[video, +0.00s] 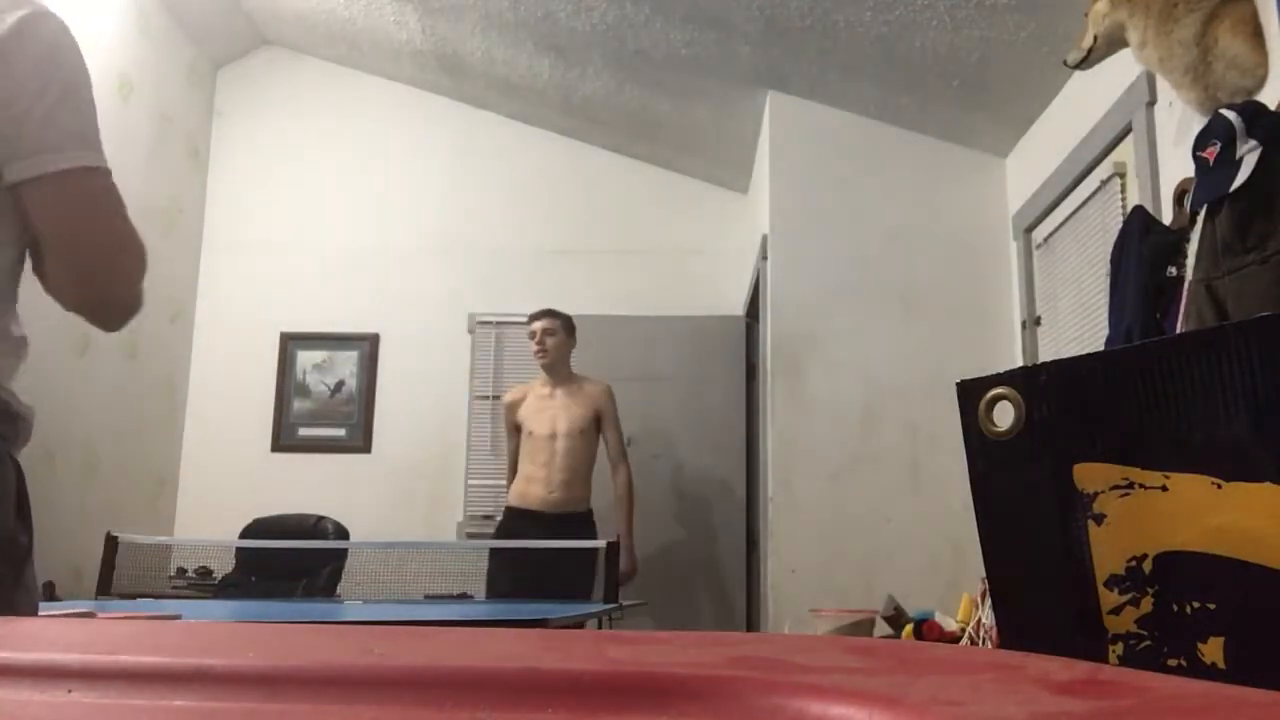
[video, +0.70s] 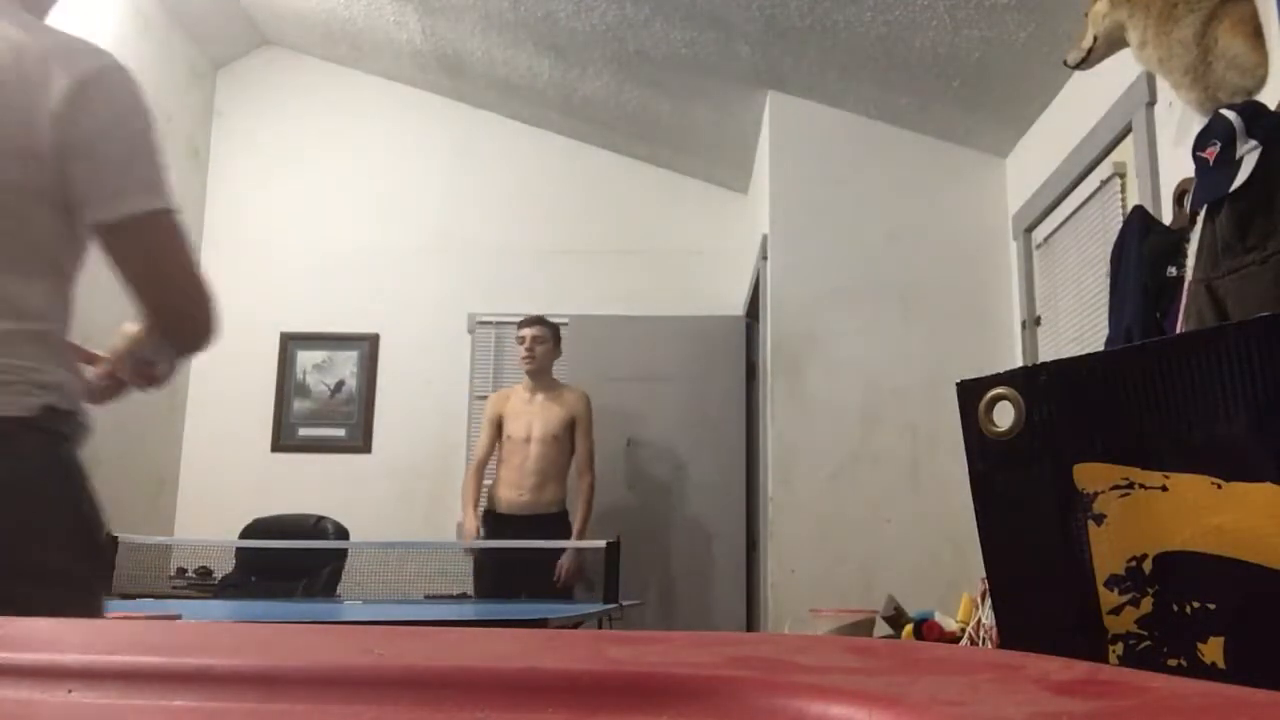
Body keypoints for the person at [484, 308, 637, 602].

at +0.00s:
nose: (539, 342)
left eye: (549, 334)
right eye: (533, 336)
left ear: (571, 342)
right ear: (529, 344)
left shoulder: (597, 395)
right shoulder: (516, 400)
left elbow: (620, 468)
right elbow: (513, 472)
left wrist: (626, 545)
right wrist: (511, 524)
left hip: (573, 528)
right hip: (518, 528)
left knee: (568, 635)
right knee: (505, 633)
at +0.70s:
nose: (527, 348)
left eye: (538, 341)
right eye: (522, 341)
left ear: (556, 351)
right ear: (517, 349)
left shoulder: (574, 402)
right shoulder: (499, 401)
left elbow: (585, 476)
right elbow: (477, 466)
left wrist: (575, 544)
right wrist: (469, 516)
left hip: (549, 525)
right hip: (499, 525)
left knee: (550, 627)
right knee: (491, 623)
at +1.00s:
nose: (518, 353)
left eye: (529, 346)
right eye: (512, 346)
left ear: (545, 356)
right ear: (507, 353)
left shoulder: (562, 404)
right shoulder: (487, 406)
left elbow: (575, 478)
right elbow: (470, 476)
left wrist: (565, 545)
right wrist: (460, 543)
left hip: (538, 528)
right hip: (485, 527)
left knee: (540, 627)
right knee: (486, 625)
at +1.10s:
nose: (515, 355)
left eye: (525, 348)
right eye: (508, 348)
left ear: (541, 358)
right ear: (502, 356)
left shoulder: (559, 405)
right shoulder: (484, 408)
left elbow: (575, 480)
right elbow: (464, 479)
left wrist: (566, 546)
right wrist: (454, 544)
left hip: (536, 529)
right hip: (484, 528)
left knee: (534, 630)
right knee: (483, 627)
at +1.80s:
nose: (513, 365)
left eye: (523, 357)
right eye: (506, 357)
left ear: (540, 362)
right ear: (498, 363)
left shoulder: (559, 408)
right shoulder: (483, 410)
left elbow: (574, 480)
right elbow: (468, 478)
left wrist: (565, 547)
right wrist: (461, 537)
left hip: (537, 532)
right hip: (486, 529)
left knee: (536, 629)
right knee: (484, 628)